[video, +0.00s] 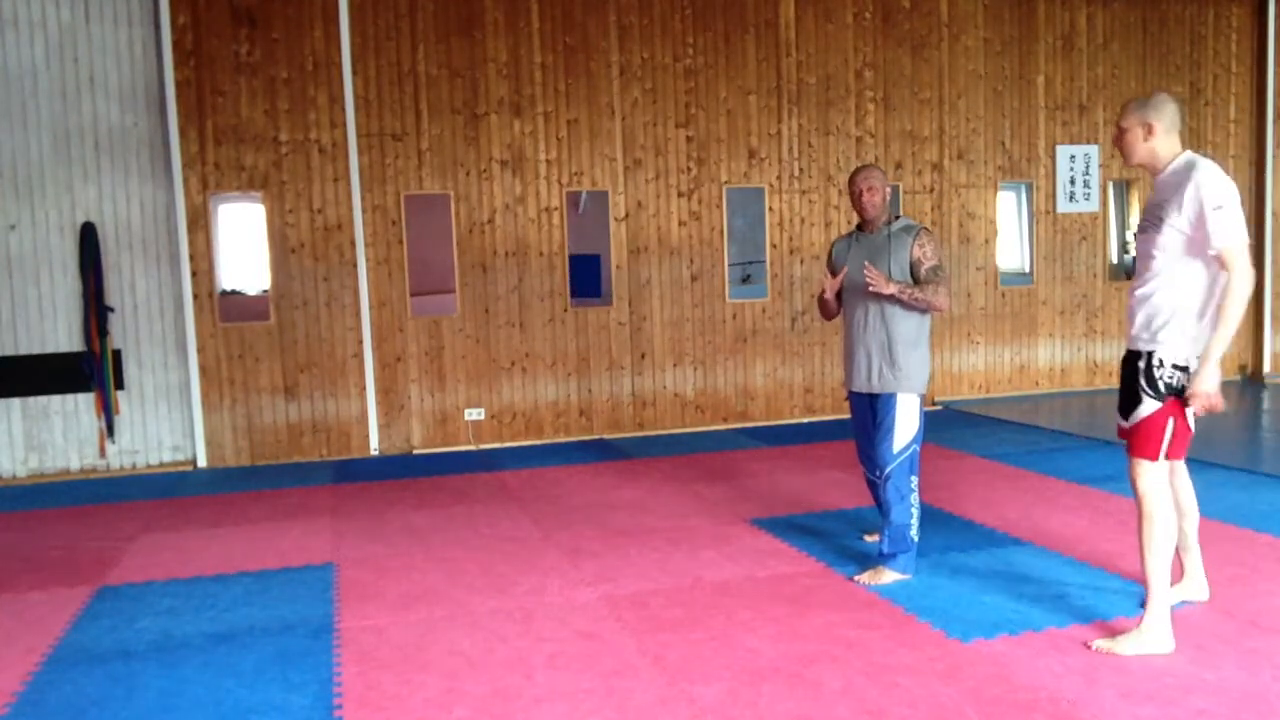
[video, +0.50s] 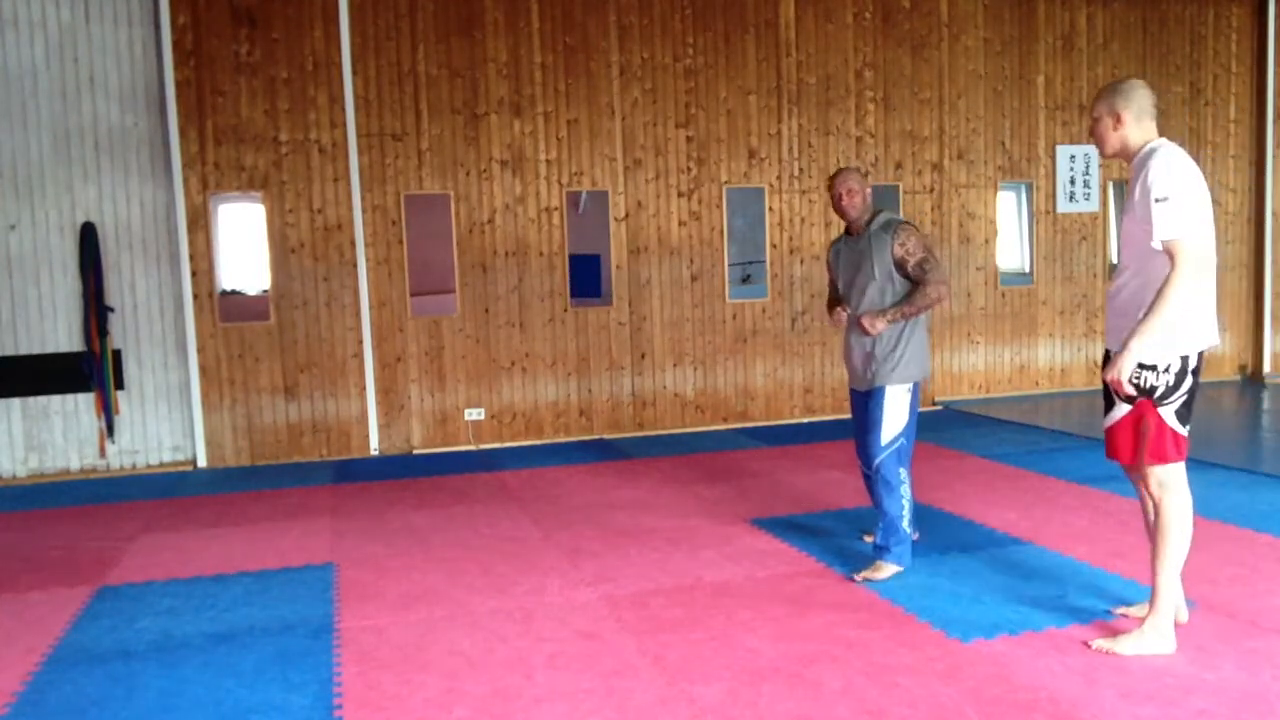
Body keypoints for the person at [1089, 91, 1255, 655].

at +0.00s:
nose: (1116, 144)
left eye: (1121, 132)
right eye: (1118, 133)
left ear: (1148, 131)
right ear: (1150, 131)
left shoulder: (1205, 180)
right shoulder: (1164, 185)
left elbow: (1242, 274)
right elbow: (1171, 273)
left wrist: (1210, 365)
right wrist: (1143, 346)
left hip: (1170, 353)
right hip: (1150, 348)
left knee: (1148, 474)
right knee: (1171, 465)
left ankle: (1155, 624)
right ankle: (1193, 575)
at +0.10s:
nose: (1111, 141)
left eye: (1114, 130)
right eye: (1112, 131)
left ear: (1139, 126)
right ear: (1148, 125)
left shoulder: (1193, 174)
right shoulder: (1161, 180)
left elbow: (1223, 273)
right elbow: (1162, 267)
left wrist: (1184, 367)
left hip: (1169, 352)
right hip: (1146, 347)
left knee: (1151, 474)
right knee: (1154, 463)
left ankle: (1157, 624)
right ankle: (1189, 569)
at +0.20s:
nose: (1105, 136)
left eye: (1108, 125)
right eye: (1106, 126)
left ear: (1131, 121)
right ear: (1143, 120)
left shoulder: (1183, 168)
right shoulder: (1157, 174)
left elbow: (1207, 267)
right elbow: (1161, 264)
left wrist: (1165, 356)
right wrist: (1139, 344)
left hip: (1172, 347)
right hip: (1145, 343)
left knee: (1163, 473)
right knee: (1134, 453)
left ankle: (1159, 625)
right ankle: (1185, 566)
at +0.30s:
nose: (1098, 133)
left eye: (1102, 121)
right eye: (1100, 122)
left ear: (1125, 120)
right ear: (1138, 118)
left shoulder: (1172, 167)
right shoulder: (1153, 172)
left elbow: (1197, 264)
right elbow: (1164, 264)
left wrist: (1152, 353)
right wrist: (1133, 344)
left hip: (1169, 346)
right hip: (1144, 342)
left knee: (1167, 473)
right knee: (1132, 457)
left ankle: (1160, 626)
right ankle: (1174, 581)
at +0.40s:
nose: (1096, 134)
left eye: (1099, 122)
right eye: (1097, 123)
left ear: (1121, 120)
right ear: (1137, 118)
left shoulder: (1166, 168)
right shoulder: (1152, 170)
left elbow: (1191, 263)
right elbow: (1164, 266)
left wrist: (1141, 352)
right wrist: (1128, 343)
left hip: (1166, 349)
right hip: (1140, 344)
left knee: (1168, 477)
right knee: (1134, 465)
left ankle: (1162, 623)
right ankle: (1169, 594)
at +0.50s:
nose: (1092, 133)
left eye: (1096, 121)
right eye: (1093, 122)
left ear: (1118, 120)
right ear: (1135, 117)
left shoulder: (1164, 168)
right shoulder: (1152, 169)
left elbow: (1186, 267)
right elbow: (1169, 266)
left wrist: (1135, 350)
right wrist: (1127, 341)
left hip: (1162, 349)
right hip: (1145, 346)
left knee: (1165, 478)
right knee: (1144, 472)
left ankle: (1162, 623)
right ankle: (1169, 595)